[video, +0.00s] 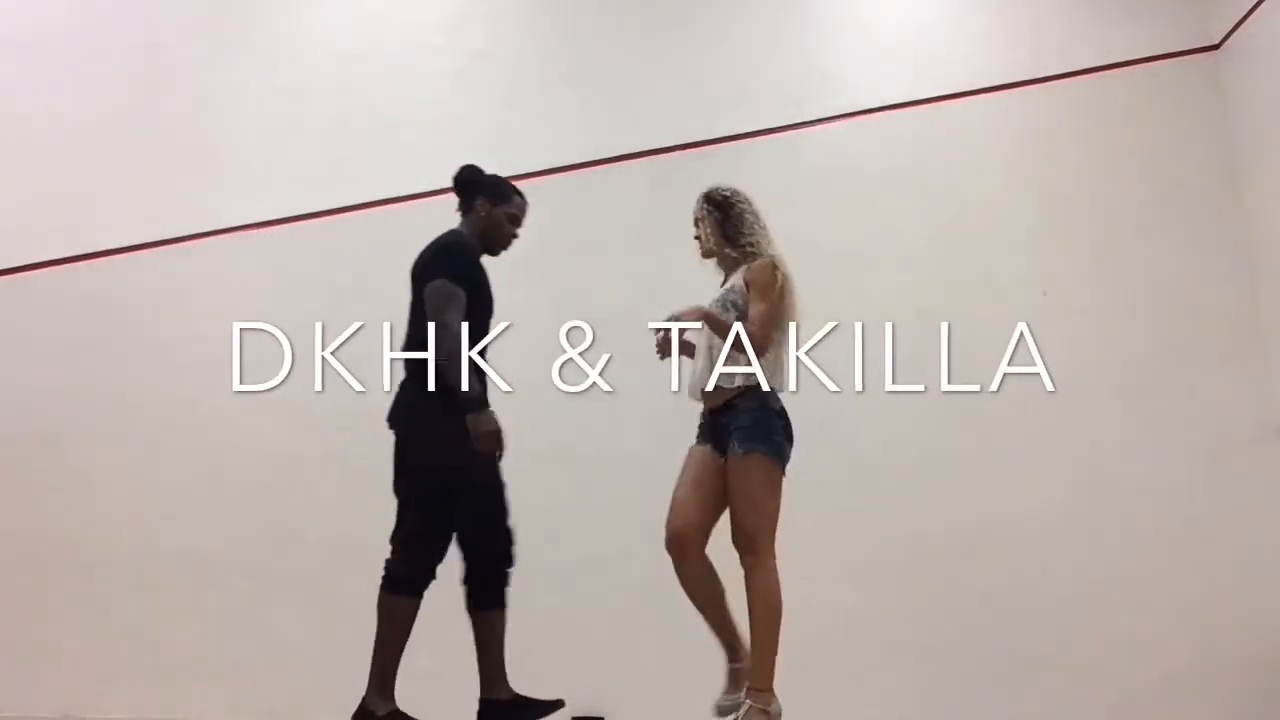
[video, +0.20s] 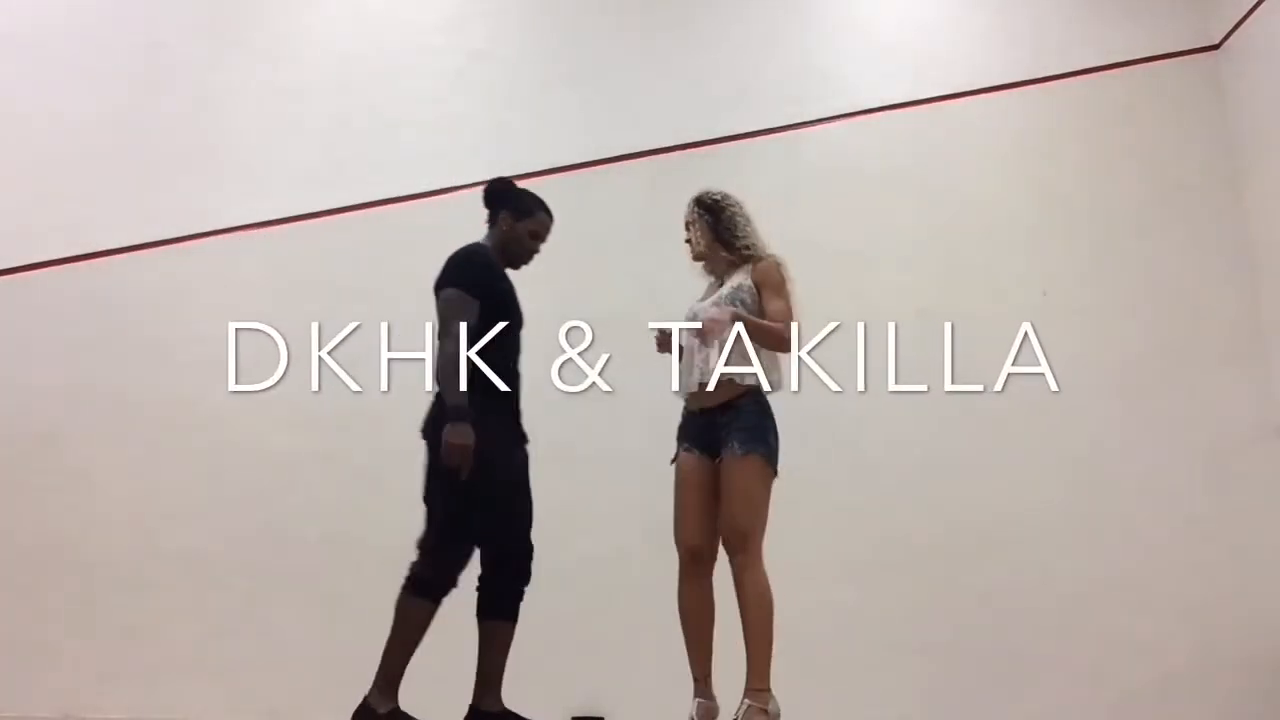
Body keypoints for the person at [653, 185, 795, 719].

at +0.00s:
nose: (696, 233)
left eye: (702, 223)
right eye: (696, 225)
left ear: (726, 224)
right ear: (716, 229)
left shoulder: (761, 271)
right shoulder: (725, 284)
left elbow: (758, 340)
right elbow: (720, 361)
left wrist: (707, 317)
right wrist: (684, 349)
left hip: (756, 416)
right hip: (716, 421)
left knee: (755, 549)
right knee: (682, 541)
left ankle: (762, 694)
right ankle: (737, 657)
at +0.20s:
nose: (688, 238)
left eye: (695, 227)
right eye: (687, 228)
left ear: (720, 227)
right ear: (700, 233)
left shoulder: (763, 269)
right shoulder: (708, 287)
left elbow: (785, 337)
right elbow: (713, 352)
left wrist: (732, 324)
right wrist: (678, 344)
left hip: (744, 416)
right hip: (696, 423)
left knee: (742, 548)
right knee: (693, 555)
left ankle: (758, 695)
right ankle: (702, 696)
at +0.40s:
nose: (682, 243)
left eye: (689, 232)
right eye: (680, 235)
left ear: (716, 231)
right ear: (689, 240)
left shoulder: (763, 276)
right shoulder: (695, 293)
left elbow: (794, 347)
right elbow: (680, 375)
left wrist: (752, 335)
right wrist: (662, 336)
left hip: (736, 424)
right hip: (685, 427)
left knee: (715, 547)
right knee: (687, 554)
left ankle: (749, 692)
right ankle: (703, 695)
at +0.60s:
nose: (680, 246)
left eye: (687, 235)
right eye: (678, 238)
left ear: (715, 234)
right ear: (686, 245)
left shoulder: (767, 286)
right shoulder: (682, 299)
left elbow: (794, 358)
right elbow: (669, 379)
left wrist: (758, 374)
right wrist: (666, 333)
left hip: (739, 432)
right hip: (682, 429)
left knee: (706, 547)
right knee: (684, 557)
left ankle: (714, 692)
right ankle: (701, 695)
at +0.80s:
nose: (689, 238)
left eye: (698, 228)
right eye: (685, 232)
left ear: (724, 230)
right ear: (686, 242)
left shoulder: (770, 290)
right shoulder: (685, 296)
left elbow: (792, 360)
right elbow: (667, 369)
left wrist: (763, 375)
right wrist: (681, 316)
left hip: (751, 428)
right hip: (692, 429)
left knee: (753, 540)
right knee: (695, 555)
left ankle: (750, 679)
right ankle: (701, 694)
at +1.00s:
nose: (705, 241)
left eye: (713, 231)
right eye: (701, 235)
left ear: (739, 234)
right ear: (699, 244)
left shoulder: (780, 296)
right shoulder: (696, 296)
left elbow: (794, 362)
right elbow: (673, 368)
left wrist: (789, 387)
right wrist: (691, 309)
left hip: (773, 431)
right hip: (713, 431)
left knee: (782, 555)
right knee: (709, 553)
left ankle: (788, 692)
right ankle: (705, 693)